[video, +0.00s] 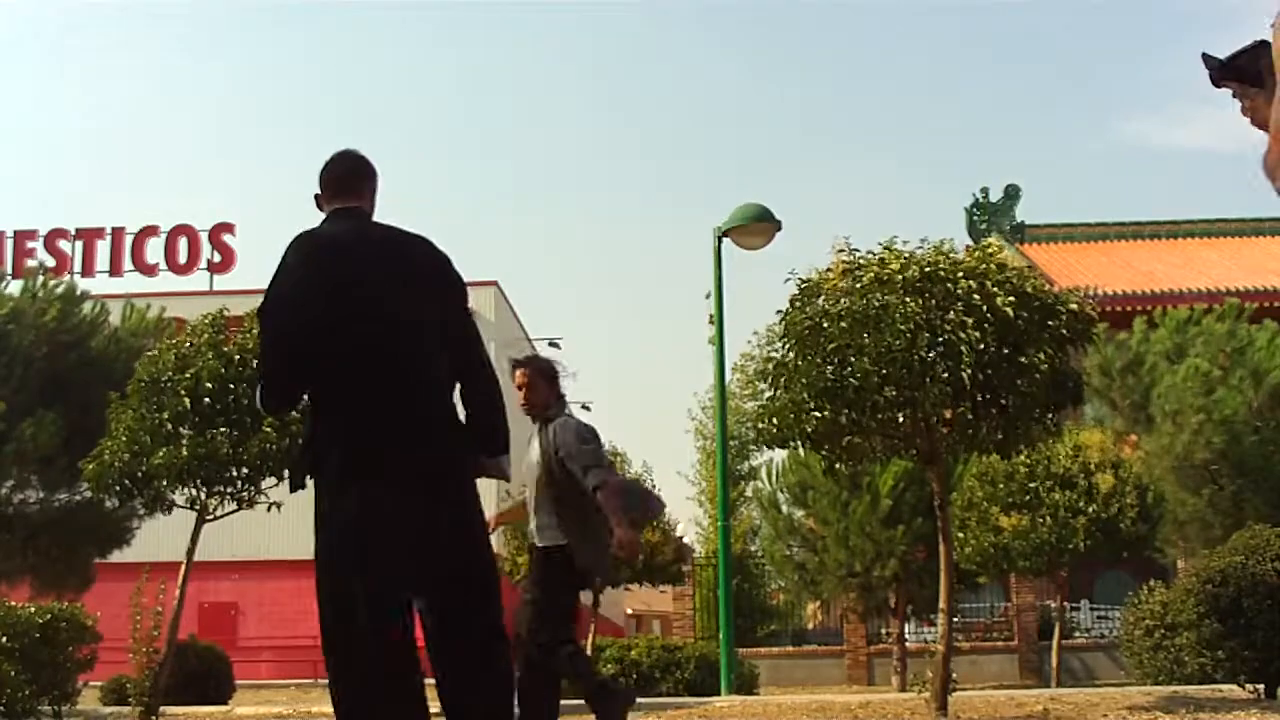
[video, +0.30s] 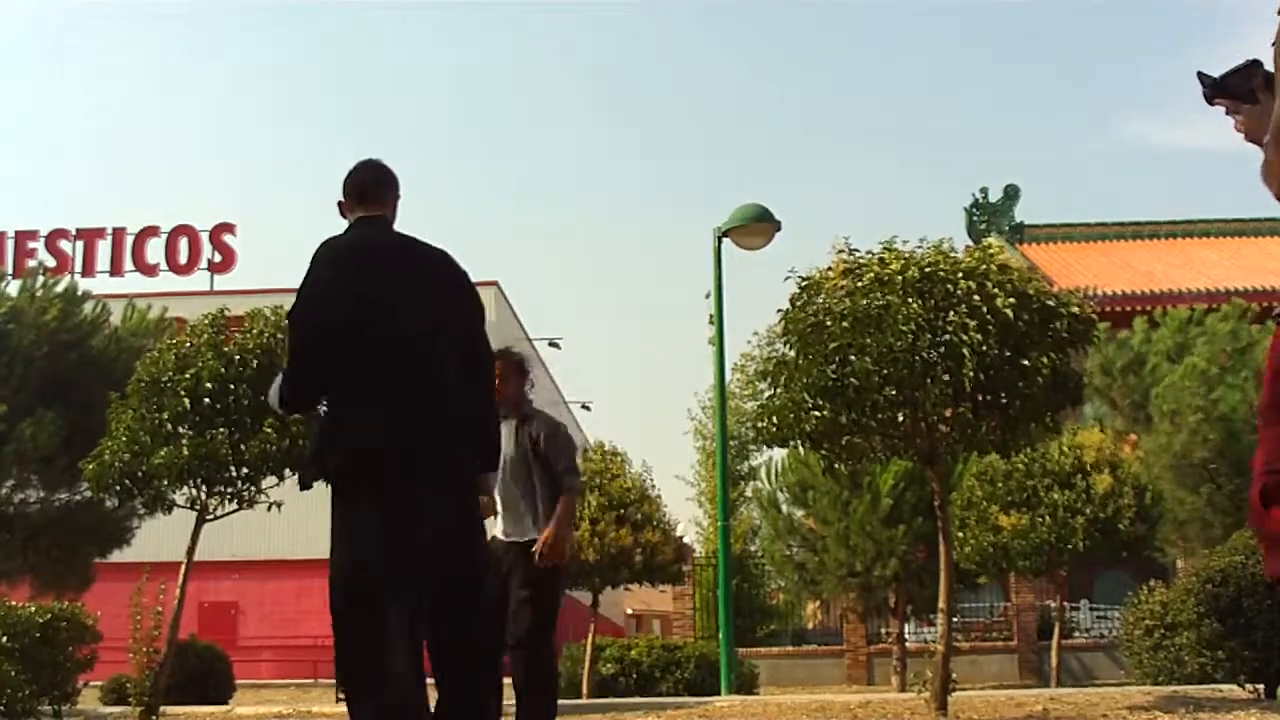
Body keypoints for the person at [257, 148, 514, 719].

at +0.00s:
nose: (328, 206)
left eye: (323, 199)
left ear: (319, 198)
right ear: (375, 195)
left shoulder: (302, 258)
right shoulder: (424, 254)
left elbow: (277, 392)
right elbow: (472, 360)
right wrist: (488, 444)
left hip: (350, 483)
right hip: (435, 474)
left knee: (368, 650)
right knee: (469, 639)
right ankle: (485, 717)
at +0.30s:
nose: (354, 214)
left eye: (345, 206)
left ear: (344, 206)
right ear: (398, 205)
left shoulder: (333, 260)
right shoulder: (446, 268)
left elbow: (303, 382)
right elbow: (480, 376)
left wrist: (281, 393)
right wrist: (484, 473)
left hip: (366, 480)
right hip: (446, 477)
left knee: (374, 634)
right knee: (463, 639)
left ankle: (385, 714)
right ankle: (469, 716)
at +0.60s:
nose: (377, 223)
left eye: (367, 214)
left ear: (363, 214)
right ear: (416, 216)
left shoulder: (346, 261)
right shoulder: (457, 276)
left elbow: (319, 376)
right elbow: (494, 378)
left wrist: (349, 404)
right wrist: (478, 459)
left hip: (368, 477)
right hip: (451, 478)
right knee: (470, 654)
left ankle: (376, 710)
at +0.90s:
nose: (366, 217)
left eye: (347, 210)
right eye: (386, 207)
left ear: (341, 208)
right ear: (395, 208)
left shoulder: (315, 260)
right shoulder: (433, 262)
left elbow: (278, 355)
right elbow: (483, 363)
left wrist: (332, 396)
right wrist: (502, 442)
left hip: (348, 481)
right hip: (434, 473)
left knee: (364, 643)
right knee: (461, 637)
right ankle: (468, 719)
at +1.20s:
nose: (351, 205)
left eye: (330, 195)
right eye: (367, 196)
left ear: (319, 195)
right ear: (374, 196)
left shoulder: (292, 255)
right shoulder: (408, 254)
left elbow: (262, 348)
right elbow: (472, 342)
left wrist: (318, 384)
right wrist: (522, 412)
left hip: (332, 461)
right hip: (413, 453)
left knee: (360, 614)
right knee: (443, 601)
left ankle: (374, 708)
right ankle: (450, 707)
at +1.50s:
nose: (362, 228)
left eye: (363, 220)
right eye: (362, 219)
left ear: (304, 213)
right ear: (349, 214)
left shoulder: (263, 279)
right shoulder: (380, 261)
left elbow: (249, 383)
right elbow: (453, 365)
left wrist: (301, 422)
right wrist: (460, 430)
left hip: (319, 486)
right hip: (405, 479)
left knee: (299, 643)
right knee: (459, 639)